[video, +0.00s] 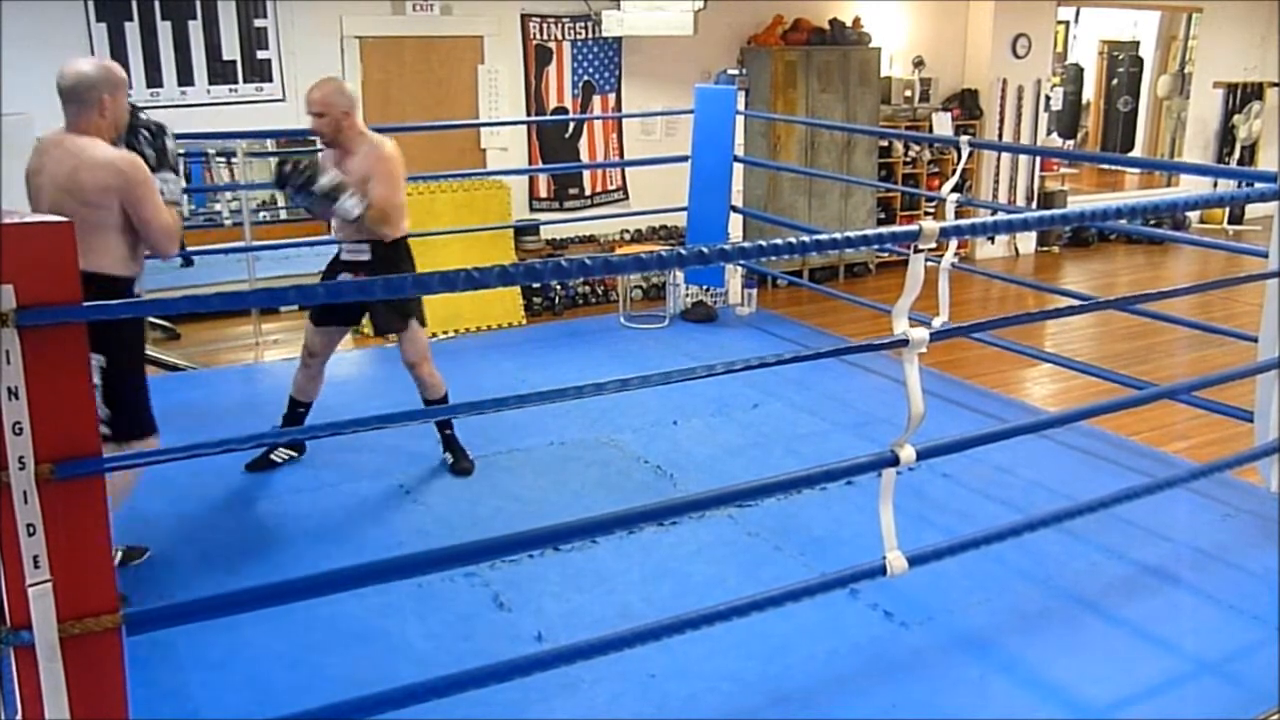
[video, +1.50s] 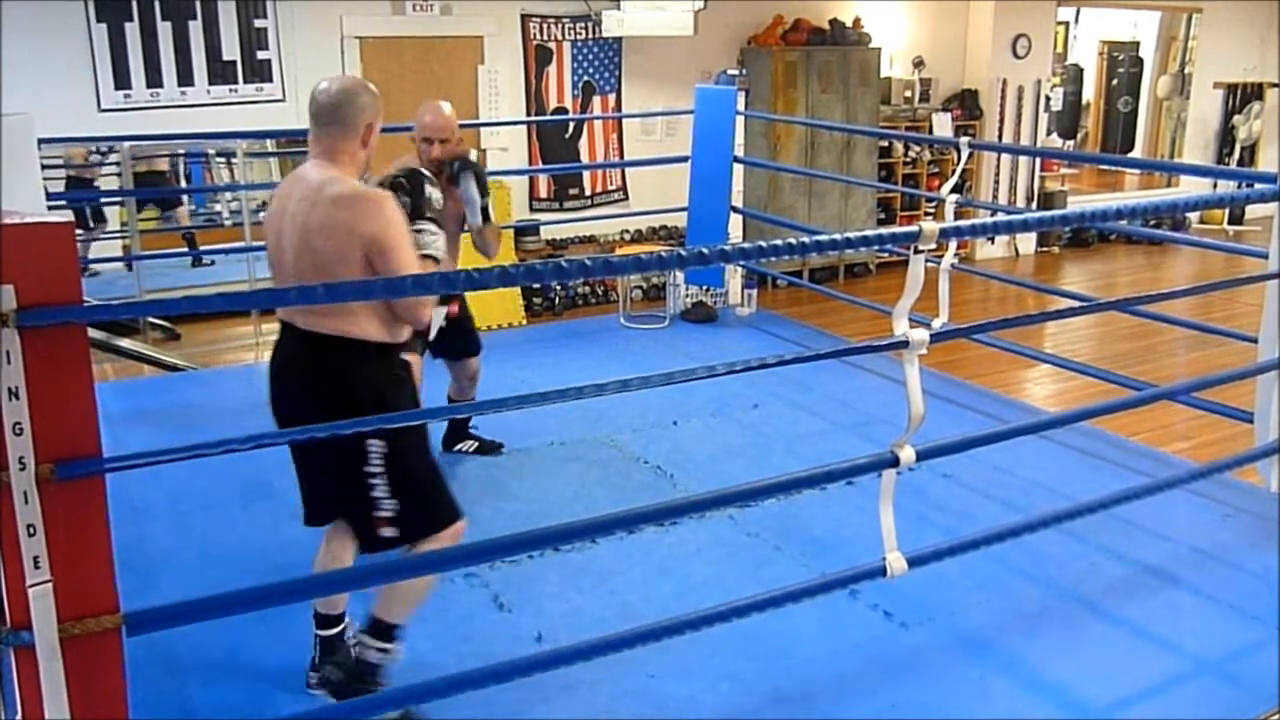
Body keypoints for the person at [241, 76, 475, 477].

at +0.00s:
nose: (312, 124)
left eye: (319, 116)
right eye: (310, 115)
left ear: (346, 115)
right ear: (326, 118)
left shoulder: (383, 154)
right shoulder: (326, 156)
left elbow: (389, 224)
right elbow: (331, 216)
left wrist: (343, 199)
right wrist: (305, 192)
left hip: (389, 262)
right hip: (346, 261)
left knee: (418, 361)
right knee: (313, 353)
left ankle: (450, 440)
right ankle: (290, 437)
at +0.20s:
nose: (346, 114)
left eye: (354, 106)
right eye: (341, 106)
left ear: (379, 102)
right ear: (338, 105)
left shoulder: (409, 140)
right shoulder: (341, 143)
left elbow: (415, 208)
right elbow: (322, 206)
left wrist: (386, 160)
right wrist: (315, 163)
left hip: (403, 248)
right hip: (352, 249)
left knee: (428, 354)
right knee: (329, 355)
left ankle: (449, 439)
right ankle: (321, 448)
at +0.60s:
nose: (405, 132)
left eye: (413, 123)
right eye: (398, 123)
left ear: (427, 118)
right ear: (384, 117)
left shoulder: (437, 149)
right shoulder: (366, 145)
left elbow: (442, 214)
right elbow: (346, 206)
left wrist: (433, 159)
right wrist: (355, 150)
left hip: (424, 257)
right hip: (375, 260)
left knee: (464, 363)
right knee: (373, 372)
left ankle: (454, 437)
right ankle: (363, 491)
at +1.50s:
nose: (434, 152)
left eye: (444, 142)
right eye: (426, 142)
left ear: (460, 140)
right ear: (414, 138)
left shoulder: (467, 178)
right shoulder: (395, 181)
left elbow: (490, 249)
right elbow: (378, 242)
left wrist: (477, 201)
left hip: (447, 291)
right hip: (404, 296)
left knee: (467, 371)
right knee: (407, 379)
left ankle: (457, 433)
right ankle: (406, 450)